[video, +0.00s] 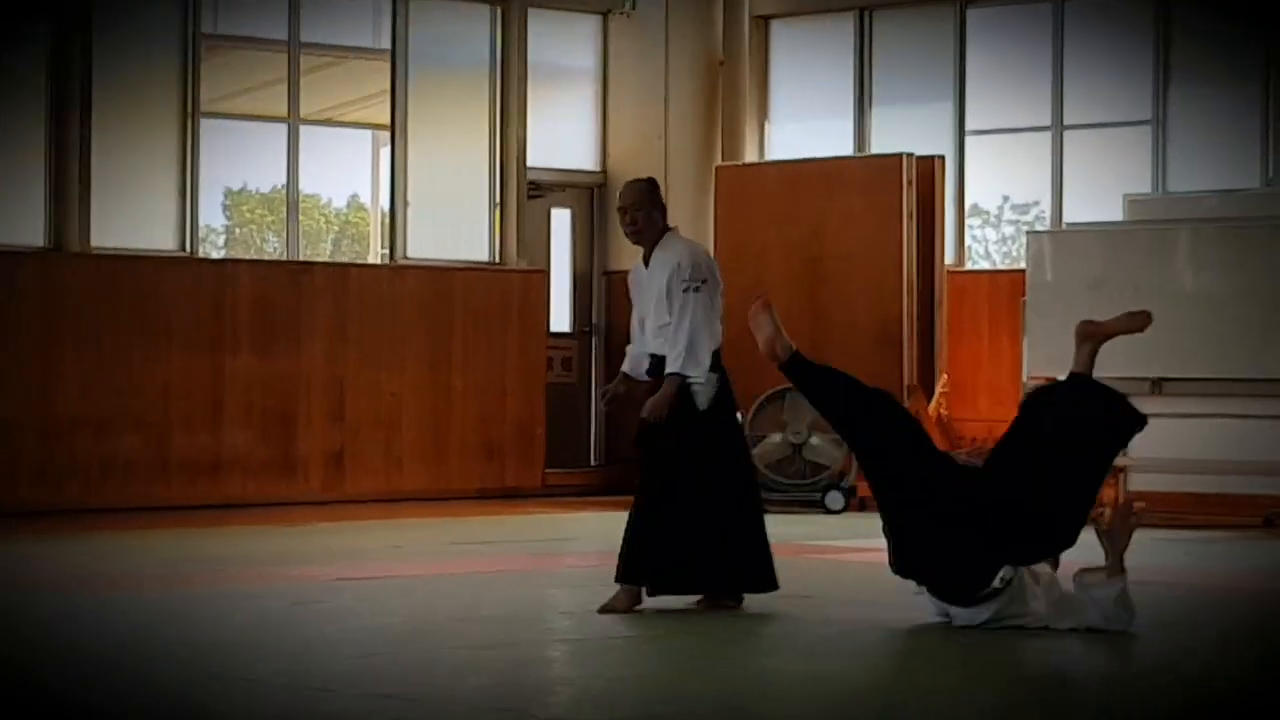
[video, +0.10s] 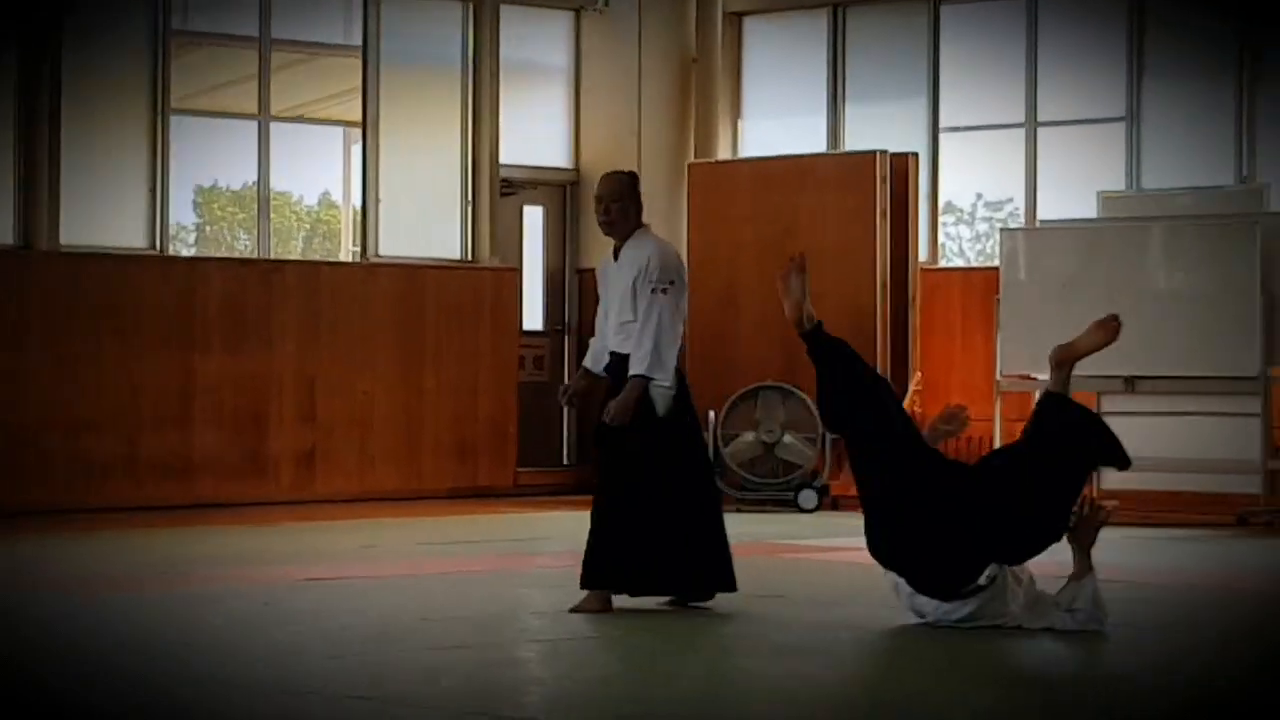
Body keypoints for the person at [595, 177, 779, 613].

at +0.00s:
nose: (629, 220)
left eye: (638, 211)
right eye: (623, 213)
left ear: (661, 212)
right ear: (619, 220)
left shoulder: (688, 258)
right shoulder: (639, 272)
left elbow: (695, 332)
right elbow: (642, 336)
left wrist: (668, 389)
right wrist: (624, 379)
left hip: (697, 385)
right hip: (665, 387)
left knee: (652, 486)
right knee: (710, 488)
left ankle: (630, 584)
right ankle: (725, 586)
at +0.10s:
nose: (605, 211)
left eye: (615, 203)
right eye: (600, 203)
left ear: (637, 206)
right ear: (595, 209)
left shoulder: (657, 256)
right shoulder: (611, 265)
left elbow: (658, 331)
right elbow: (606, 333)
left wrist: (633, 391)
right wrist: (584, 376)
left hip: (653, 382)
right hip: (624, 382)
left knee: (614, 486)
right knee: (676, 484)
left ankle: (601, 589)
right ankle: (693, 580)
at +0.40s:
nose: (488, 196)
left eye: (497, 189)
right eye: (481, 188)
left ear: (511, 197)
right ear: (468, 194)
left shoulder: (520, 255)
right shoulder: (450, 252)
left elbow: (522, 330)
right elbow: (434, 313)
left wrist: (493, 386)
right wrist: (422, 370)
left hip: (491, 372)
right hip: (448, 368)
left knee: (482, 477)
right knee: (447, 474)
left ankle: (479, 585)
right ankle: (461, 582)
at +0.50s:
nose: (470, 196)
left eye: (478, 189)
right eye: (462, 187)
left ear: (490, 195)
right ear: (445, 193)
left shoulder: (498, 253)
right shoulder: (423, 247)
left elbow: (501, 327)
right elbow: (405, 309)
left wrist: (480, 385)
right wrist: (397, 368)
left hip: (471, 372)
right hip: (424, 368)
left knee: (460, 479)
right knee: (418, 474)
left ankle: (450, 586)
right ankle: (419, 578)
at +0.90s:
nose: (468, 196)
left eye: (471, 188)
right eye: (457, 188)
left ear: (475, 193)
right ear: (431, 193)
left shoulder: (488, 254)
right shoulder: (405, 253)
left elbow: (510, 323)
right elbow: (378, 321)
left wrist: (521, 393)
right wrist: (351, 383)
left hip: (475, 374)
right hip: (424, 374)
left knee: (469, 483)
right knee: (427, 482)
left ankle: (446, 589)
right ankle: (429, 595)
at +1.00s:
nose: (469, 193)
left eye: (471, 184)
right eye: (458, 186)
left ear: (475, 188)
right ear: (431, 193)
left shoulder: (490, 248)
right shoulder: (408, 251)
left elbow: (516, 318)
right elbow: (385, 322)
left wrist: (529, 384)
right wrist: (364, 391)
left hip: (479, 372)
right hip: (429, 372)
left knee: (469, 481)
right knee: (430, 480)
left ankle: (441, 589)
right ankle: (433, 595)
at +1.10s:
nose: (470, 192)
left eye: (474, 184)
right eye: (459, 185)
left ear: (480, 188)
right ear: (434, 191)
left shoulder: (495, 246)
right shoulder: (414, 250)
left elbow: (520, 316)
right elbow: (396, 321)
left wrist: (532, 381)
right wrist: (388, 389)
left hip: (485, 372)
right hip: (435, 372)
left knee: (478, 480)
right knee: (433, 479)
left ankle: (453, 592)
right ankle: (434, 595)